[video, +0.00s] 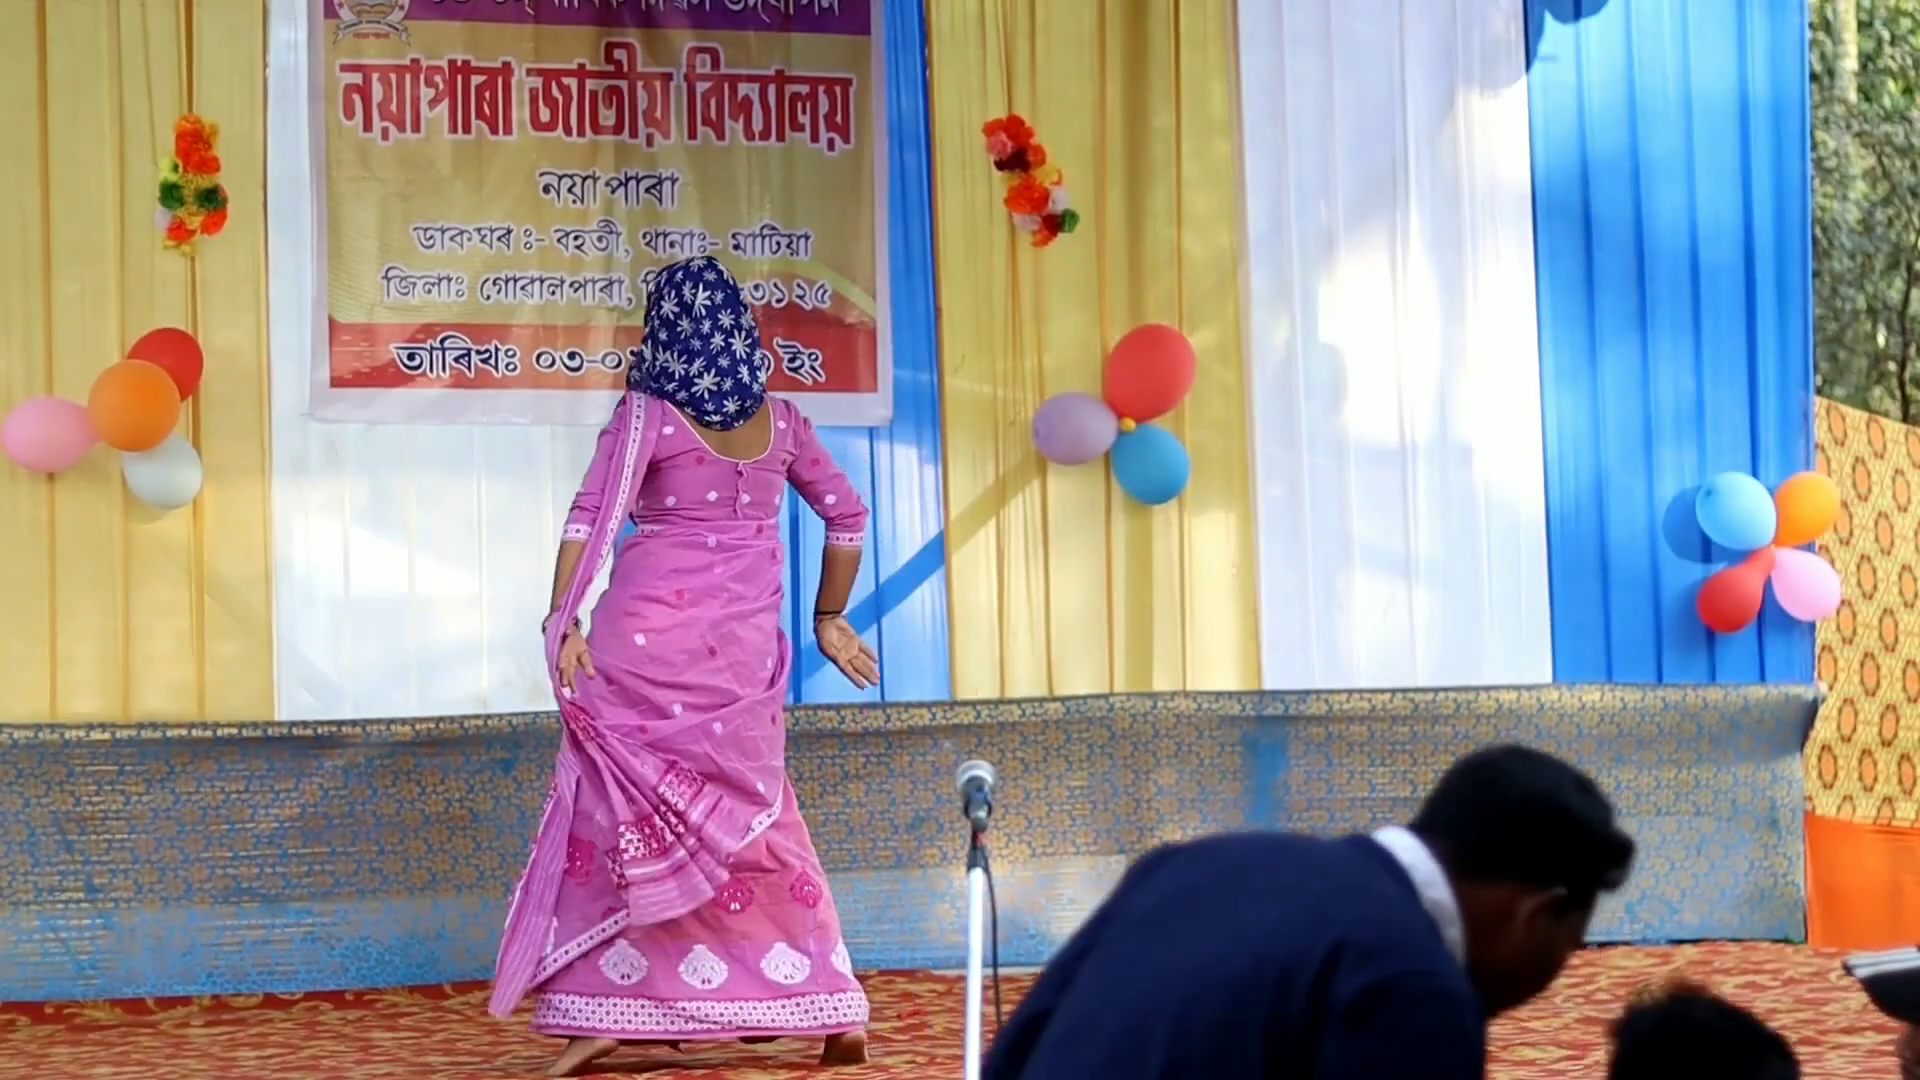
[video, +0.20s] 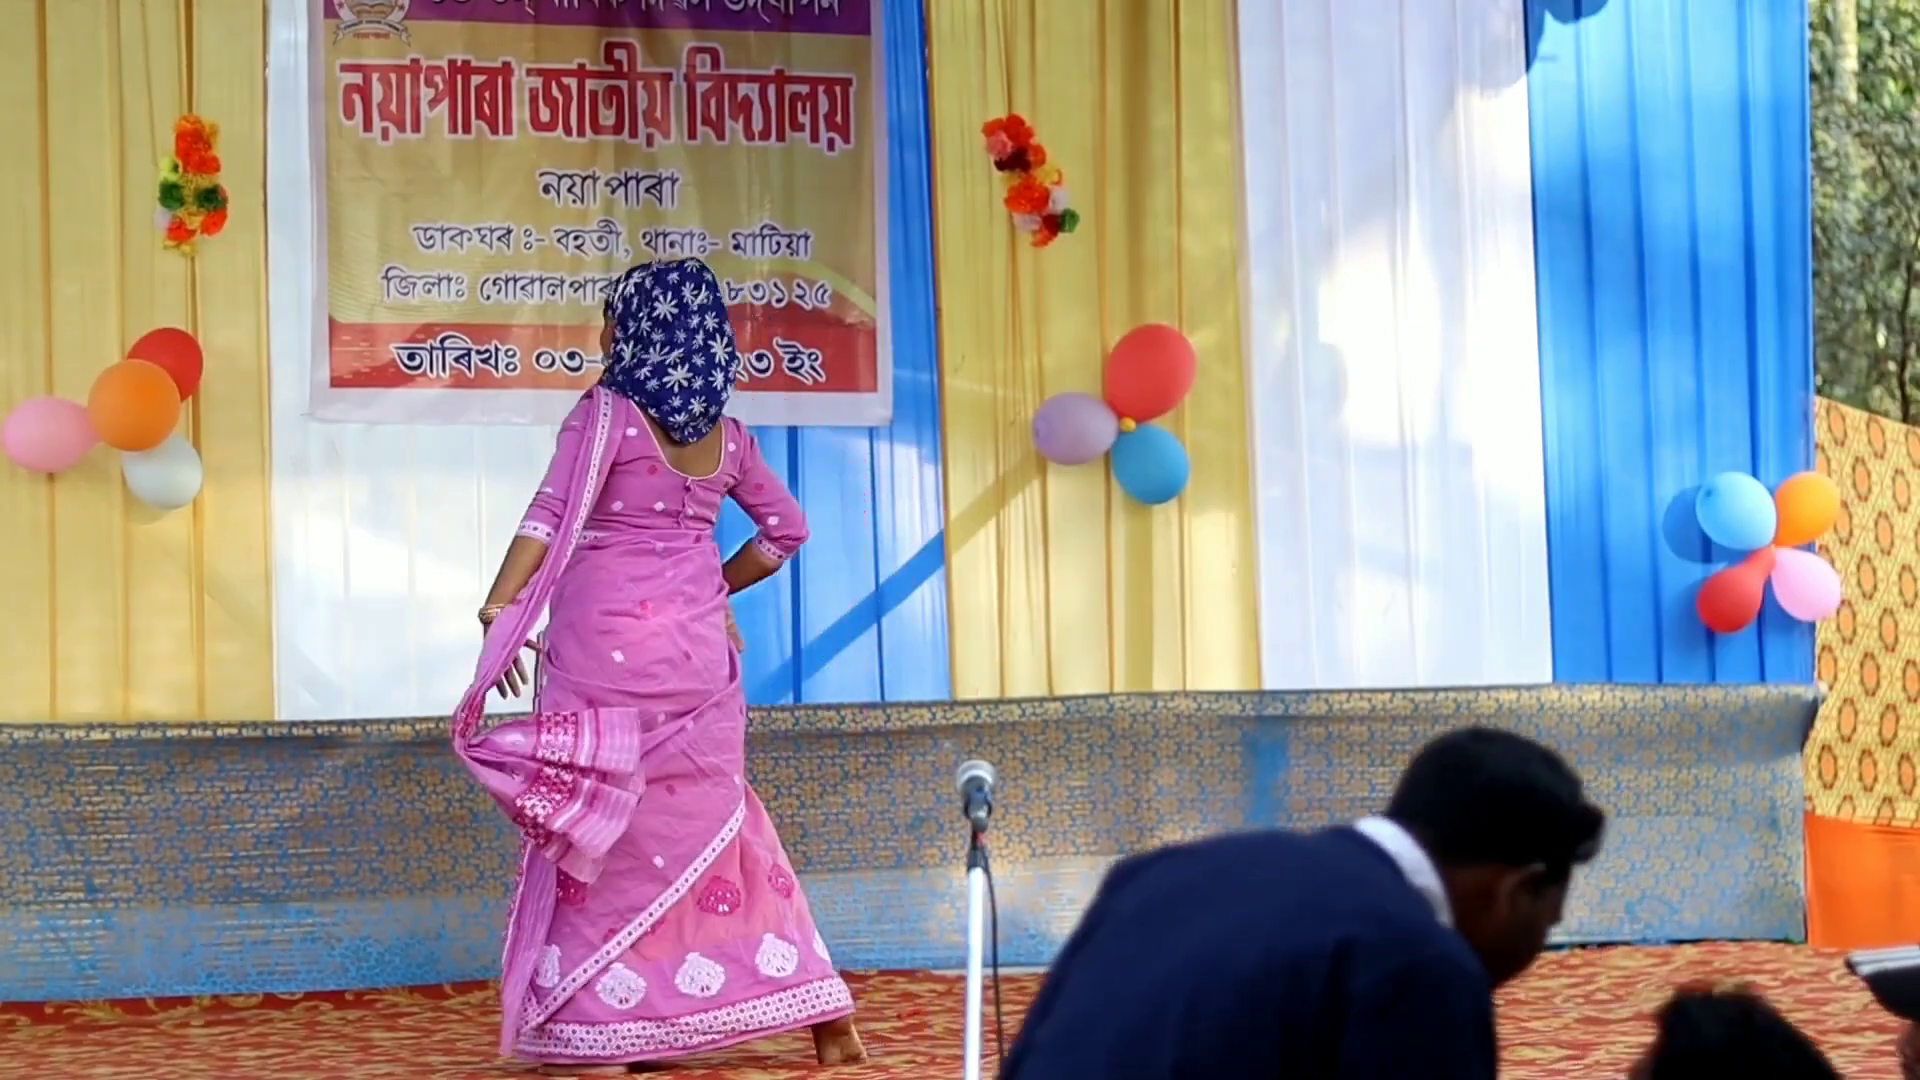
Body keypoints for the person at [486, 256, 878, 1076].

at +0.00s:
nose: (645, 340)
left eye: (651, 326)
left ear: (663, 334)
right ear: (741, 330)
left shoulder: (646, 412)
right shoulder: (779, 418)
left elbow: (593, 520)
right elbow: (847, 514)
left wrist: (564, 619)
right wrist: (831, 615)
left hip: (649, 631)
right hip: (748, 637)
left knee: (623, 804)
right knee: (768, 809)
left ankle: (610, 1007)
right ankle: (838, 1003)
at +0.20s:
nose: (605, 336)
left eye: (614, 323)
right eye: (610, 321)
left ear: (634, 332)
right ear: (707, 336)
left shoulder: (604, 412)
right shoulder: (722, 427)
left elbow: (549, 519)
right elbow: (787, 528)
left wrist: (496, 611)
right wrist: (716, 586)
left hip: (605, 650)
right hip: (702, 650)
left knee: (592, 830)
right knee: (731, 819)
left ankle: (610, 1029)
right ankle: (823, 995)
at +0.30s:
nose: (574, 341)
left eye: (590, 329)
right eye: (582, 325)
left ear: (629, 348)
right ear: (676, 354)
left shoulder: (588, 420)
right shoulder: (692, 440)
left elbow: (557, 538)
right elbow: (728, 554)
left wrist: (521, 637)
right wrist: (653, 578)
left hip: (603, 652)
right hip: (686, 656)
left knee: (575, 826)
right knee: (718, 821)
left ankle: (589, 1013)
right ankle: (816, 981)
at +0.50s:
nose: (559, 365)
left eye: (581, 353)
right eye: (551, 350)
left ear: (621, 367)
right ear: (540, 356)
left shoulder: (626, 450)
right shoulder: (544, 453)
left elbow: (650, 569)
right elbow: (508, 565)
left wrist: (662, 669)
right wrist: (442, 515)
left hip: (595, 669)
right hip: (530, 670)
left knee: (566, 836)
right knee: (519, 835)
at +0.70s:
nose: (561, 328)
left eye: (579, 313)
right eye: (545, 312)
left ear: (607, 321)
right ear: (523, 320)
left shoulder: (642, 403)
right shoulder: (489, 404)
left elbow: (690, 517)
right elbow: (410, 482)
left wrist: (732, 618)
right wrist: (399, 520)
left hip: (605, 633)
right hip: (502, 631)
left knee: (587, 814)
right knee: (490, 808)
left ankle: (550, 1019)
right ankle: (465, 982)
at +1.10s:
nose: (599, 344)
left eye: (610, 326)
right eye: (577, 331)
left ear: (627, 333)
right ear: (544, 345)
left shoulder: (637, 432)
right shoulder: (521, 424)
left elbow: (719, 503)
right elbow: (446, 492)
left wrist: (784, 517)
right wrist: (466, 555)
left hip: (602, 671)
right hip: (514, 671)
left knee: (606, 843)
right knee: (541, 847)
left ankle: (608, 1027)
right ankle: (525, 1034)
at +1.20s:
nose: (599, 310)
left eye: (610, 296)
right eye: (579, 298)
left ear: (623, 307)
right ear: (540, 310)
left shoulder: (643, 396)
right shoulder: (509, 386)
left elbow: (735, 457)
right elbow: (438, 430)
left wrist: (824, 467)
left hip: (616, 638)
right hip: (520, 638)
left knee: (621, 816)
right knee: (536, 817)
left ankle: (627, 1016)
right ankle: (546, 1020)